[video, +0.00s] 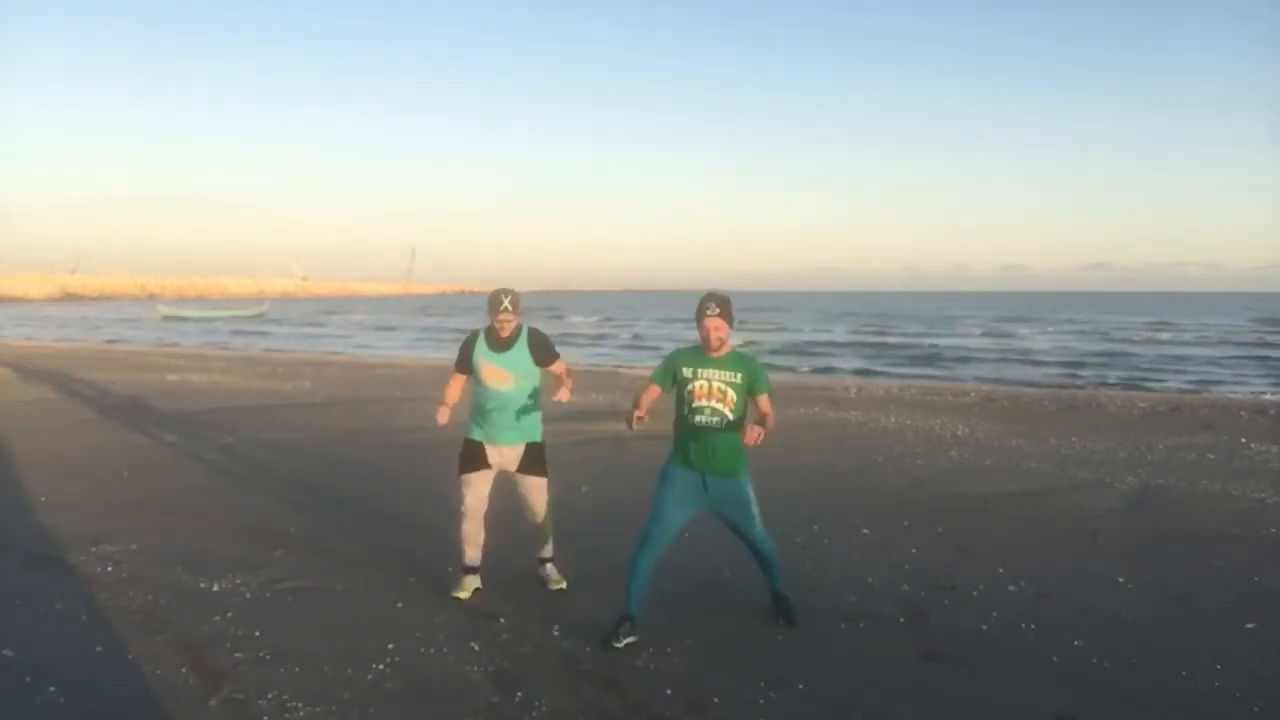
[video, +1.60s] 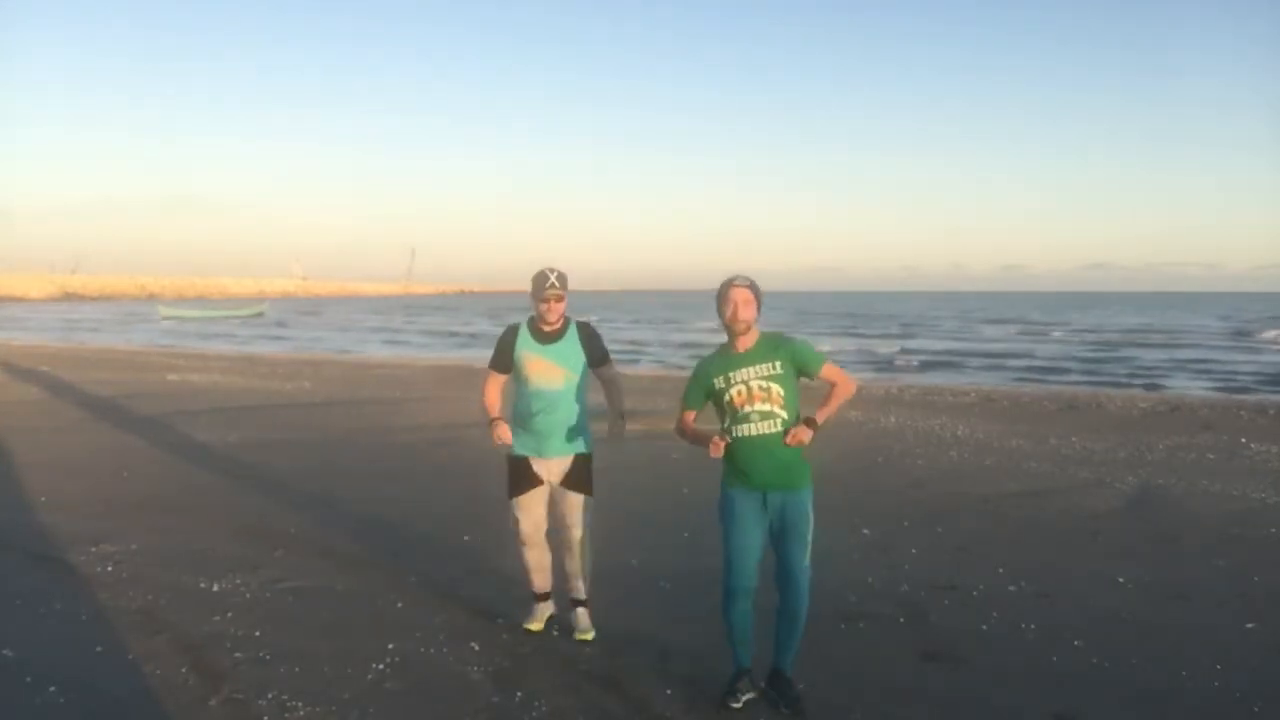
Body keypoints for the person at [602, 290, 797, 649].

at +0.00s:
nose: (711, 334)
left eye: (718, 326)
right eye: (705, 326)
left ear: (730, 327)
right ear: (697, 327)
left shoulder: (748, 366)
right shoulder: (679, 360)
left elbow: (766, 413)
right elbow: (650, 392)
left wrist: (760, 427)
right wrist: (639, 411)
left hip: (730, 475)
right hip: (684, 471)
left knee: (758, 540)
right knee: (652, 543)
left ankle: (780, 598)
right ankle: (629, 620)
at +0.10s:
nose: (686, 327)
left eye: (693, 320)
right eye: (680, 320)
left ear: (705, 322)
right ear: (673, 322)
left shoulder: (720, 362)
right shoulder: (655, 356)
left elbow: (736, 417)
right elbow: (626, 397)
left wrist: (735, 463)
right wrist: (616, 434)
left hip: (699, 471)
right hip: (654, 467)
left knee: (722, 540)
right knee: (634, 540)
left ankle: (753, 595)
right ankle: (627, 621)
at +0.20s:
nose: (673, 330)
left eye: (680, 322)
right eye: (667, 322)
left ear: (692, 323)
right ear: (658, 323)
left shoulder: (707, 367)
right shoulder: (639, 360)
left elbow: (717, 424)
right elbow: (613, 408)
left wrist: (718, 480)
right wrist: (606, 455)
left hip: (686, 472)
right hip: (641, 468)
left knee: (693, 545)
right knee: (627, 543)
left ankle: (709, 603)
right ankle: (627, 620)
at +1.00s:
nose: (680, 336)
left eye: (682, 328)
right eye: (672, 330)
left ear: (684, 331)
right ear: (652, 335)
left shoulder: (701, 374)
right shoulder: (626, 376)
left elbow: (729, 428)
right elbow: (603, 432)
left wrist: (715, 430)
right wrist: (634, 435)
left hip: (690, 490)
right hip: (639, 491)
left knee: (723, 564)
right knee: (624, 567)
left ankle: (753, 649)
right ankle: (624, 626)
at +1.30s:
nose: (713, 320)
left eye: (719, 312)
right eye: (705, 314)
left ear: (728, 317)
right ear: (692, 321)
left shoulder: (756, 361)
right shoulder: (680, 371)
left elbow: (791, 414)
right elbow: (663, 435)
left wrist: (769, 439)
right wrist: (686, 454)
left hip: (750, 488)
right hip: (699, 488)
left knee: (771, 576)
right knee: (672, 561)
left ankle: (776, 671)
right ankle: (641, 621)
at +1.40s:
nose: (725, 321)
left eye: (731, 313)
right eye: (717, 315)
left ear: (745, 319)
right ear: (708, 325)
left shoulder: (777, 367)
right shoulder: (700, 379)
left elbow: (815, 420)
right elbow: (688, 442)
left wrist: (798, 464)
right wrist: (702, 473)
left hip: (774, 492)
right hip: (723, 496)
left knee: (787, 586)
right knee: (710, 581)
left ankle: (779, 675)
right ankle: (688, 637)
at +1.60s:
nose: (737, 310)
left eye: (744, 303)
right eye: (729, 304)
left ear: (758, 309)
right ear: (719, 312)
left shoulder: (788, 349)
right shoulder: (709, 368)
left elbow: (845, 383)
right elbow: (684, 423)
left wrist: (814, 422)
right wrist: (705, 441)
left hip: (792, 484)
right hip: (742, 486)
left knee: (796, 583)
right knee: (739, 583)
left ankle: (782, 675)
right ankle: (742, 675)